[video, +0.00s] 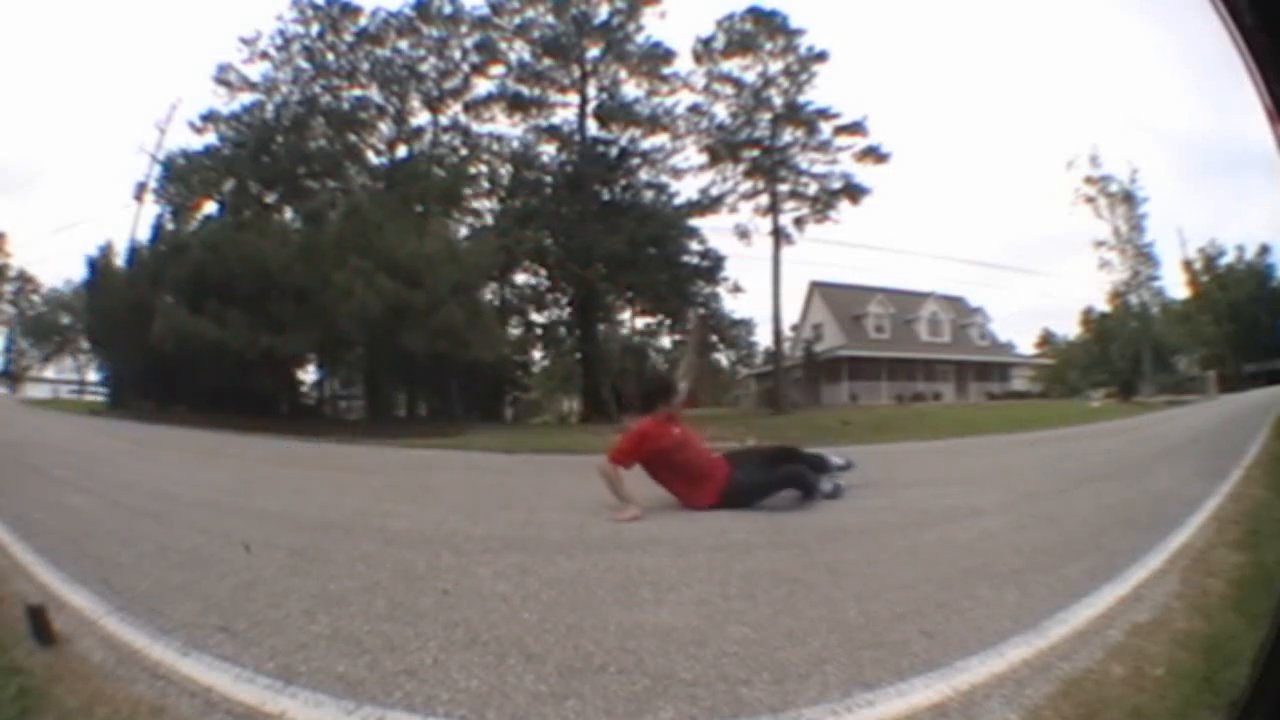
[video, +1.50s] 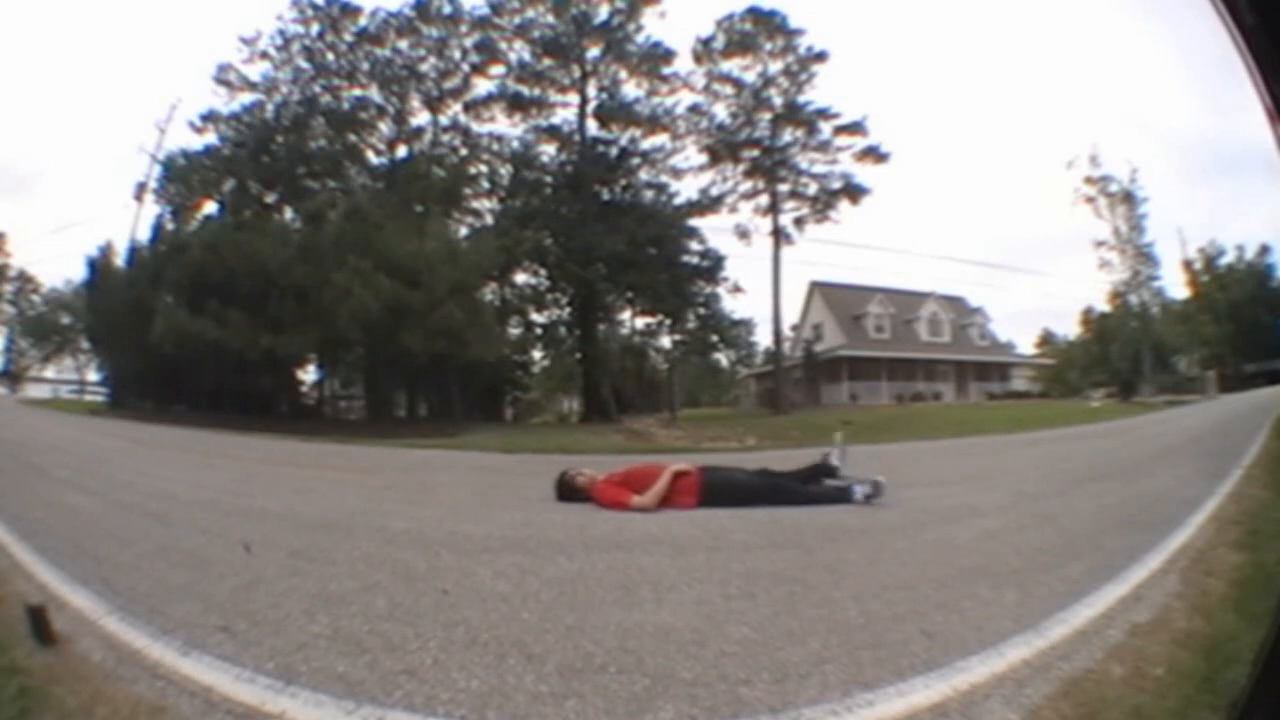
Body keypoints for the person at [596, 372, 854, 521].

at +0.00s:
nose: (682, 398)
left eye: (679, 393)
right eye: (677, 394)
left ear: (659, 399)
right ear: (666, 400)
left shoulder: (668, 418)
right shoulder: (647, 432)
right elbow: (608, 467)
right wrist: (628, 505)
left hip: (721, 466)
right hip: (717, 492)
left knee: (787, 454)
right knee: (791, 473)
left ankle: (824, 464)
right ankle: (821, 487)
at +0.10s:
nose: (660, 406)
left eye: (659, 401)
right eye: (656, 401)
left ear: (631, 408)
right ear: (649, 406)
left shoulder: (655, 427)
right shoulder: (637, 436)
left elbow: (672, 395)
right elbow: (614, 473)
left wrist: (690, 358)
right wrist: (656, 489)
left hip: (712, 470)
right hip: (709, 490)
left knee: (771, 456)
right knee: (776, 463)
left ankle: (818, 465)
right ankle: (819, 488)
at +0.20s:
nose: (643, 429)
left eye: (640, 425)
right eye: (637, 425)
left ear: (621, 431)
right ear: (627, 430)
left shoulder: (633, 449)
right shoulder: (623, 455)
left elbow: (655, 432)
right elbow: (637, 479)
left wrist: (677, 401)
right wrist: (685, 457)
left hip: (705, 475)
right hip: (706, 489)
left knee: (767, 453)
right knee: (771, 454)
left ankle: (814, 471)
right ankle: (822, 483)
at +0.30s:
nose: (619, 451)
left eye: (615, 449)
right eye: (613, 450)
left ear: (597, 461)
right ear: (605, 457)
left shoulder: (618, 474)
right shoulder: (615, 481)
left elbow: (650, 474)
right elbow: (647, 481)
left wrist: (662, 446)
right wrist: (673, 450)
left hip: (702, 475)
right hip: (702, 485)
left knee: (761, 446)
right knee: (763, 441)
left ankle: (807, 473)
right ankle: (820, 469)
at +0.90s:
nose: (587, 470)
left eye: (583, 467)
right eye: (581, 473)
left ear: (589, 469)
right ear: (582, 484)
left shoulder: (611, 478)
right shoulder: (603, 490)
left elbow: (645, 489)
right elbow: (642, 503)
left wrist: (676, 468)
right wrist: (673, 474)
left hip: (699, 473)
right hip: (697, 487)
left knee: (764, 471)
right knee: (767, 488)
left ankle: (825, 466)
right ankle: (838, 490)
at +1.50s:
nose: (585, 472)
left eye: (580, 470)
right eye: (579, 474)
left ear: (584, 480)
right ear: (580, 486)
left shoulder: (609, 481)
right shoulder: (603, 491)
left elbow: (646, 493)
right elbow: (643, 504)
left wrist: (672, 471)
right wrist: (670, 472)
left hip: (700, 476)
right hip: (698, 488)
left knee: (767, 477)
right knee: (771, 489)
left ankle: (827, 471)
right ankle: (848, 494)